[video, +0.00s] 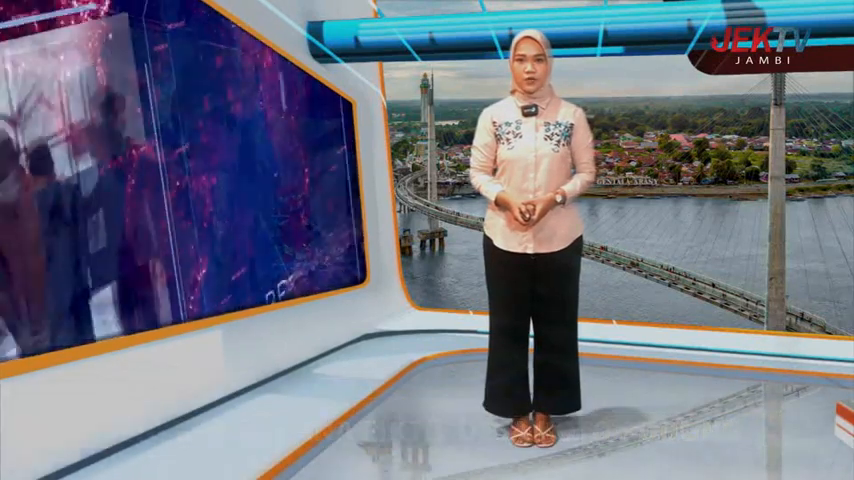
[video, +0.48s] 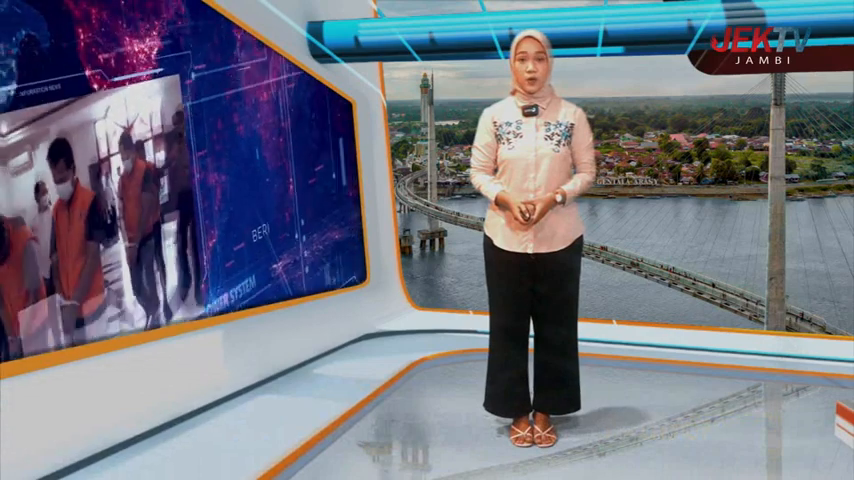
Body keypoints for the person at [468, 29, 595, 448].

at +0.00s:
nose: (529, 67)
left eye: (538, 59)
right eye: (521, 59)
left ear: (550, 65)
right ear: (510, 65)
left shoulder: (571, 115)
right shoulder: (492, 116)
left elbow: (587, 173)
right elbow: (478, 173)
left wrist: (555, 198)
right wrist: (506, 199)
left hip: (558, 242)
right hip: (505, 243)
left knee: (554, 329)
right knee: (509, 328)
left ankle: (544, 414)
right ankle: (519, 414)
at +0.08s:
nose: (529, 67)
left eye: (538, 59)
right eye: (521, 59)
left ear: (550, 65)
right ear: (510, 65)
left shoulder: (572, 115)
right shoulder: (492, 116)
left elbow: (587, 173)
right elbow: (478, 173)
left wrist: (555, 198)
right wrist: (506, 199)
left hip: (558, 242)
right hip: (505, 243)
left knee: (554, 329)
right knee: (509, 328)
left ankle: (544, 414)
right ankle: (519, 414)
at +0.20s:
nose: (531, 66)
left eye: (539, 58)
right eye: (522, 58)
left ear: (550, 64)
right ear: (511, 64)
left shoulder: (572, 115)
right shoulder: (493, 116)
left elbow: (587, 172)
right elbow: (478, 172)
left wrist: (556, 197)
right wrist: (504, 198)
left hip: (558, 241)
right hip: (505, 242)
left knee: (554, 329)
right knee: (509, 329)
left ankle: (544, 413)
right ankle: (519, 414)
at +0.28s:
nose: (531, 66)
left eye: (539, 58)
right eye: (522, 58)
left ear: (550, 64)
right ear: (511, 64)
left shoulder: (572, 115)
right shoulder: (493, 116)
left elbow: (587, 173)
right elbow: (478, 172)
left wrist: (556, 197)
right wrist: (505, 198)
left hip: (558, 242)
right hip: (505, 243)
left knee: (554, 330)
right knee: (509, 329)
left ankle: (544, 413)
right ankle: (519, 414)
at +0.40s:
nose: (530, 66)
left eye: (539, 58)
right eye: (522, 59)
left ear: (550, 64)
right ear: (511, 64)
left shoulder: (572, 115)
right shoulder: (493, 116)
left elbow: (587, 173)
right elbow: (478, 172)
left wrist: (556, 197)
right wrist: (505, 198)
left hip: (558, 242)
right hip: (506, 243)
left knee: (554, 330)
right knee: (509, 329)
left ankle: (544, 414)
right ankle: (519, 414)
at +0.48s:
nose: (530, 66)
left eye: (539, 58)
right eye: (522, 59)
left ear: (550, 64)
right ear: (511, 65)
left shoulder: (572, 115)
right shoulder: (493, 116)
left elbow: (587, 172)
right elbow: (479, 172)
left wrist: (556, 197)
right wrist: (505, 198)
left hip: (559, 242)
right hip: (506, 242)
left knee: (554, 329)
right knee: (509, 329)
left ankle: (544, 413)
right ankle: (519, 414)